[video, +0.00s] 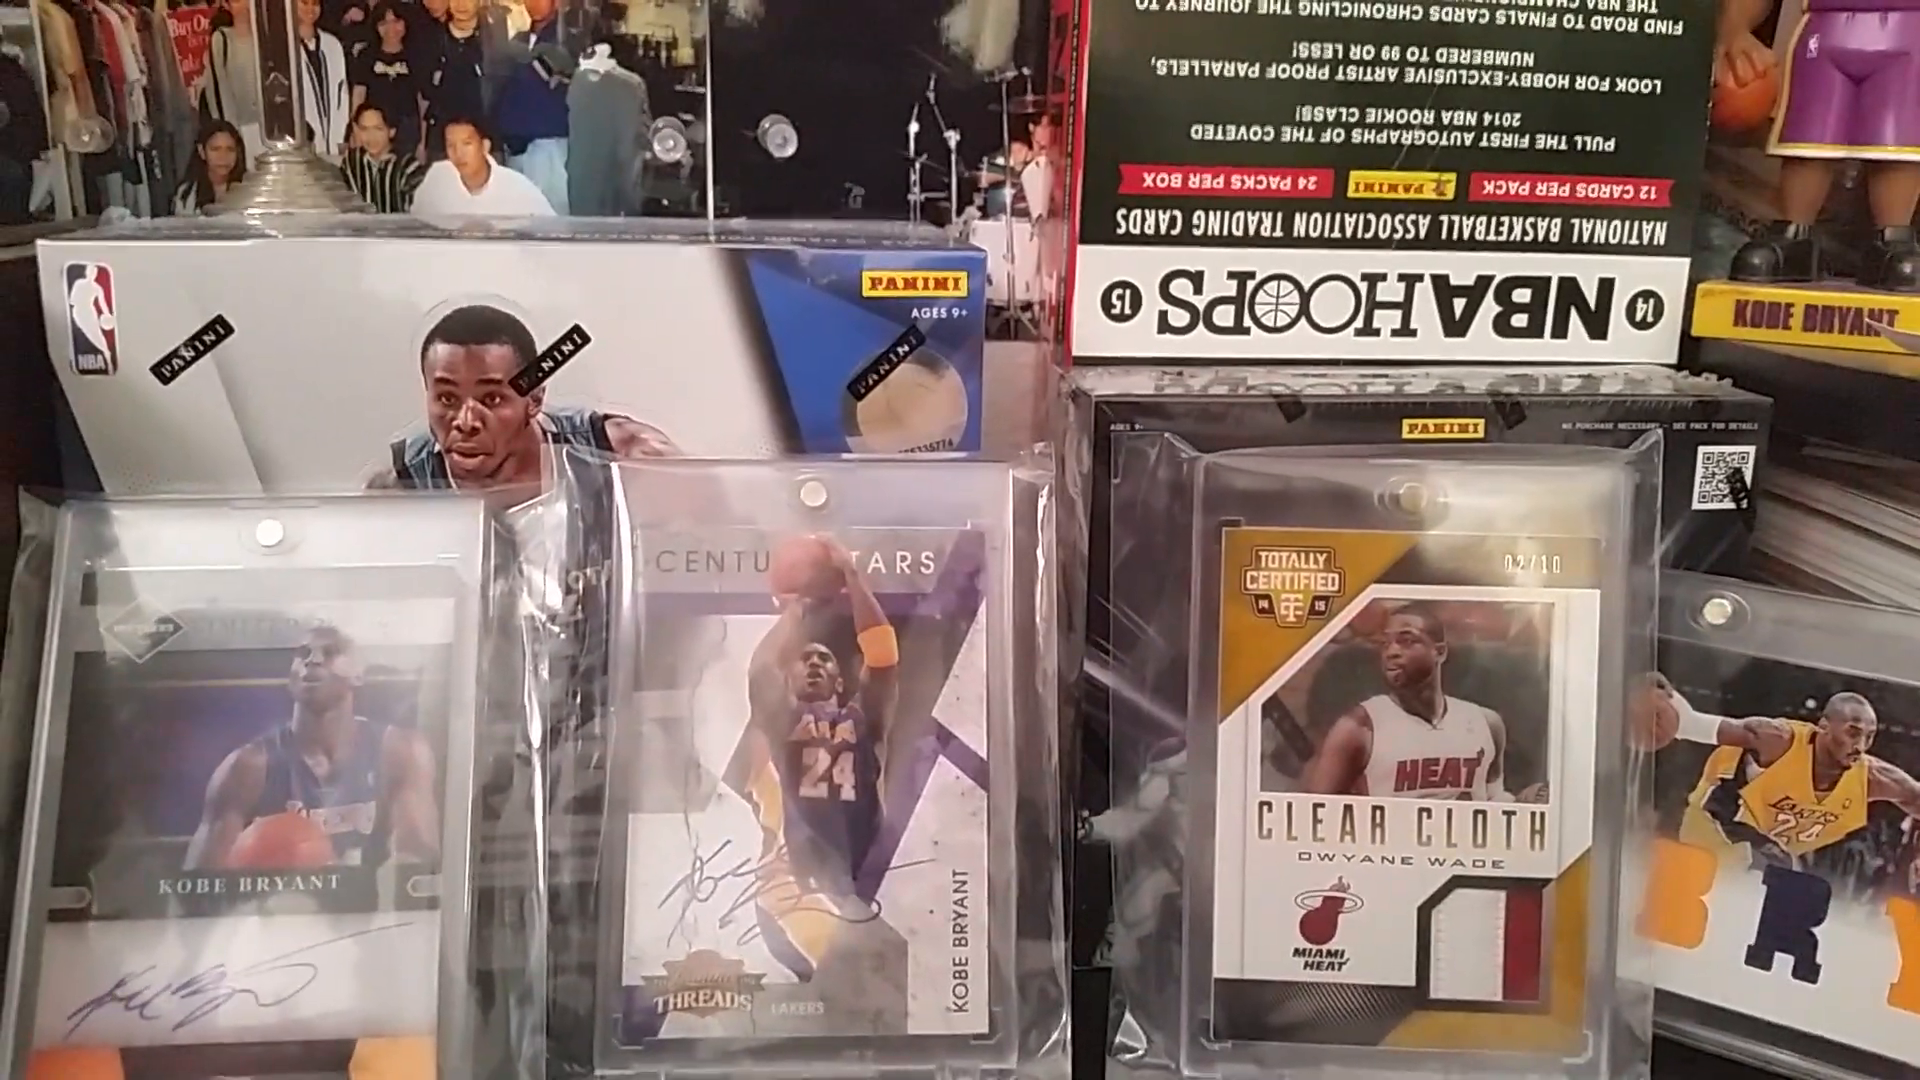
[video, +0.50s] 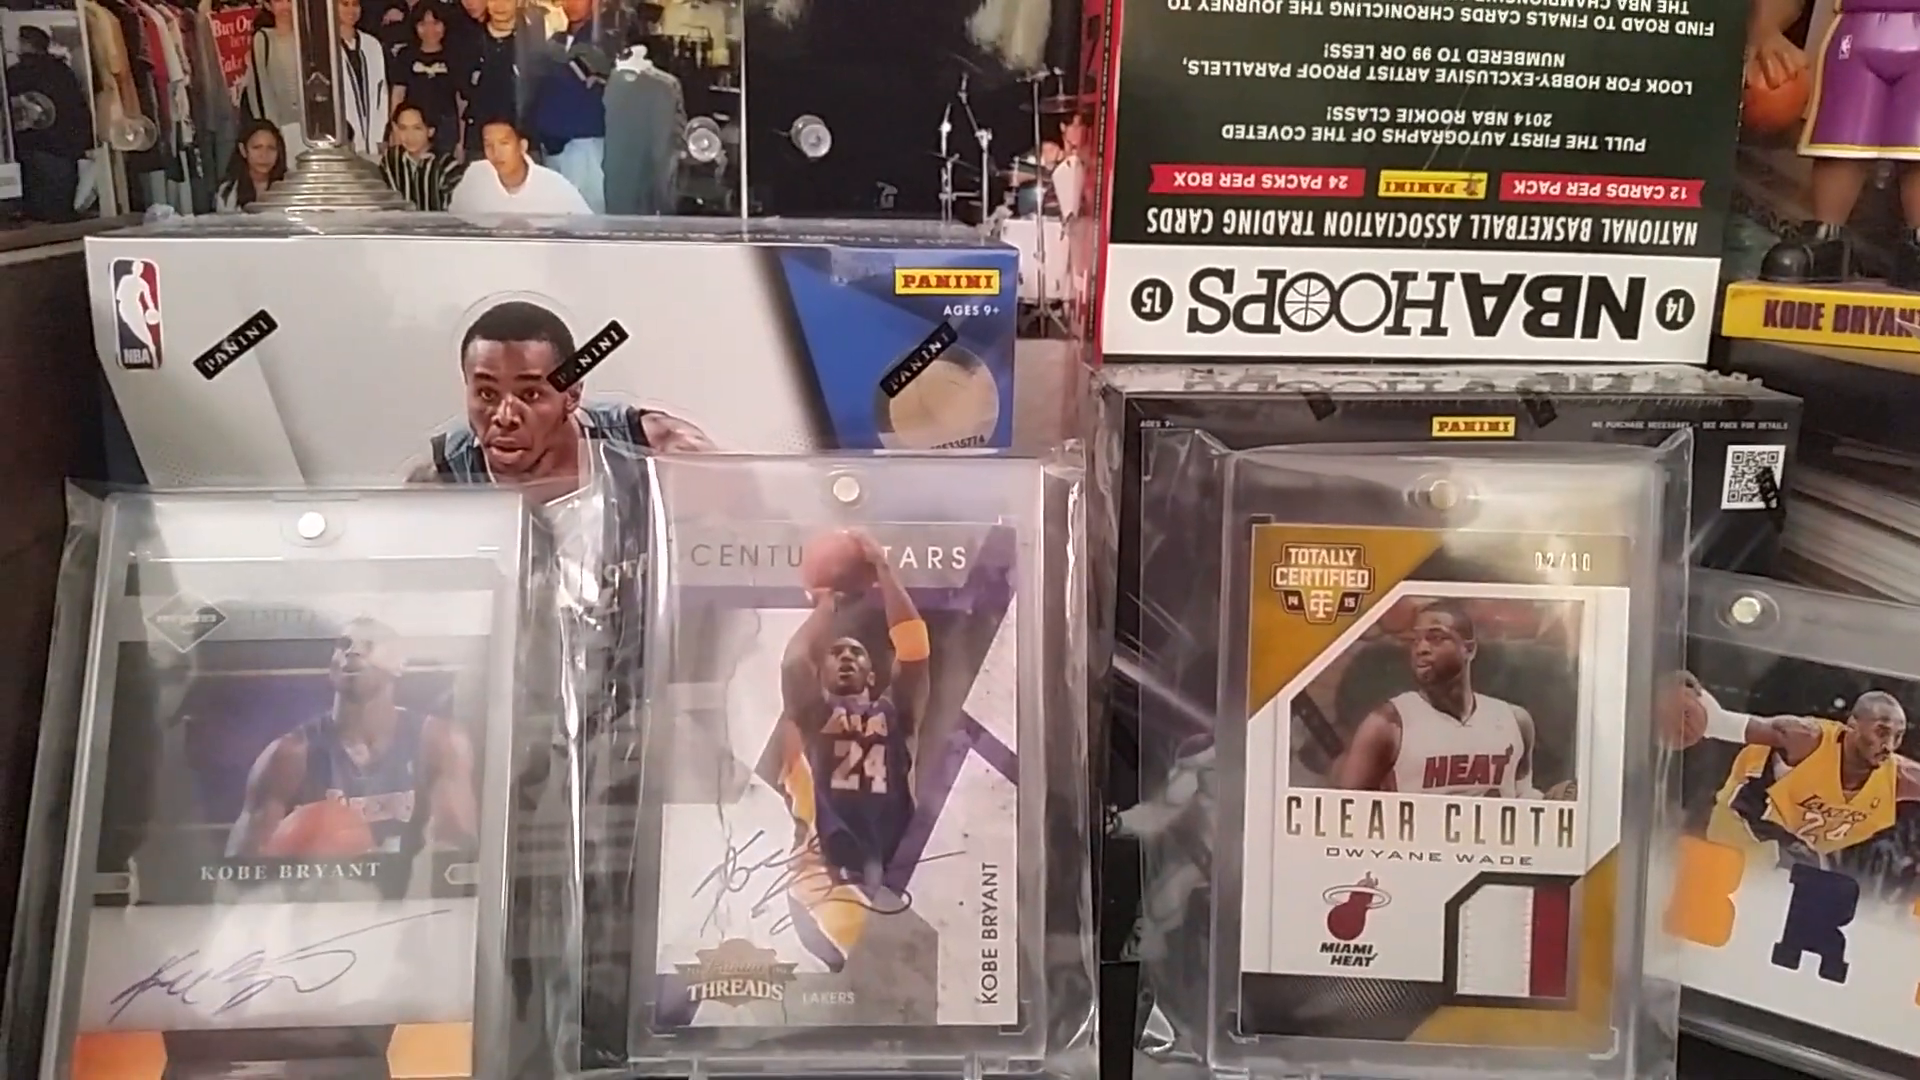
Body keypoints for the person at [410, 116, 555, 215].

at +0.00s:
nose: (459, 154)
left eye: (467, 144)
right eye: (451, 146)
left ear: (485, 146)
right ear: (446, 151)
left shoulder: (516, 185)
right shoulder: (438, 176)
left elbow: (553, 231)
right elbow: (414, 225)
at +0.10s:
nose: (461, 154)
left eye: (470, 144)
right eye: (453, 146)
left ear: (488, 146)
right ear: (448, 150)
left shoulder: (519, 184)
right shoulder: (441, 176)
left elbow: (556, 229)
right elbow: (418, 224)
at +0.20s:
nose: (472, 154)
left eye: (481, 143)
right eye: (465, 146)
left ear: (499, 146)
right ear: (459, 151)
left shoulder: (529, 184)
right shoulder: (451, 176)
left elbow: (566, 228)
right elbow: (428, 224)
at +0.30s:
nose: (479, 154)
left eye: (488, 144)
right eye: (471, 146)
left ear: (506, 146)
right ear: (466, 150)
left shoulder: (536, 184)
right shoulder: (458, 176)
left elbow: (573, 229)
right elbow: (434, 223)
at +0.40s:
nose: (488, 153)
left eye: (497, 143)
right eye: (481, 145)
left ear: (515, 145)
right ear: (476, 150)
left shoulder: (546, 183)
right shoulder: (468, 175)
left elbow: (583, 228)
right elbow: (445, 223)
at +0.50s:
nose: (496, 153)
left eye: (504, 144)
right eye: (489, 146)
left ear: (522, 146)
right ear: (484, 150)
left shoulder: (554, 184)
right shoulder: (476, 175)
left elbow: (590, 229)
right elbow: (452, 223)